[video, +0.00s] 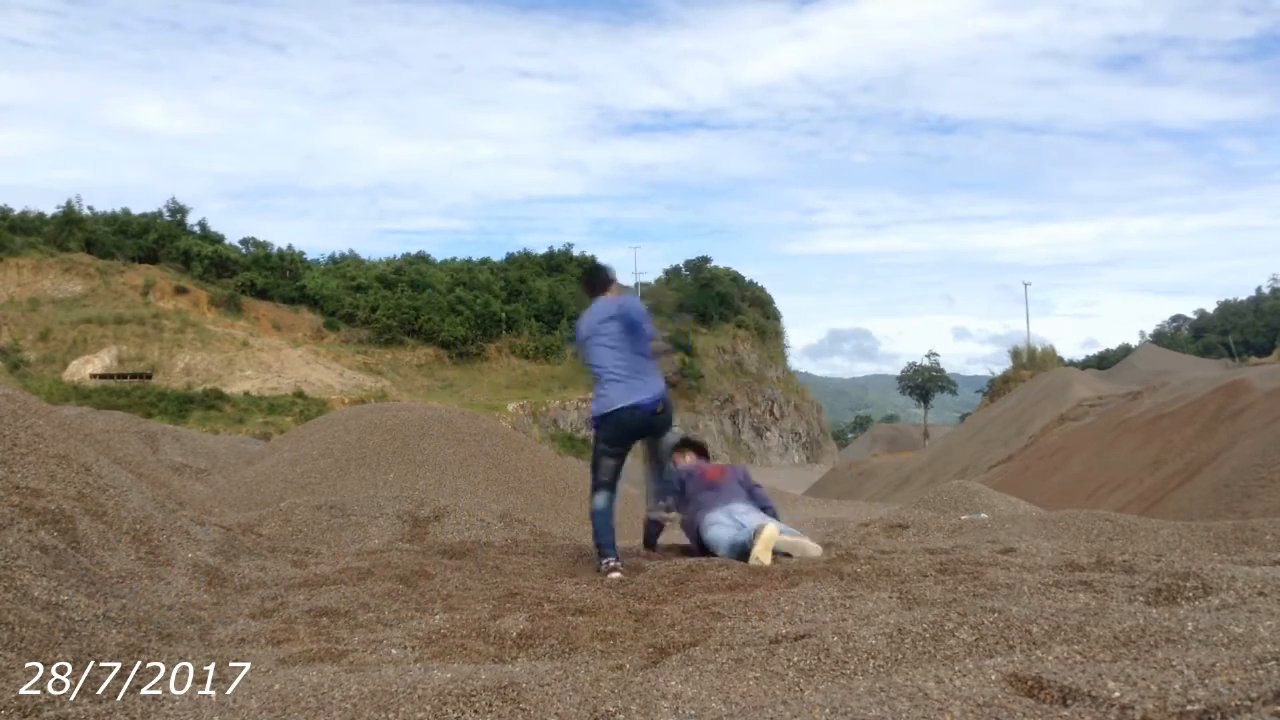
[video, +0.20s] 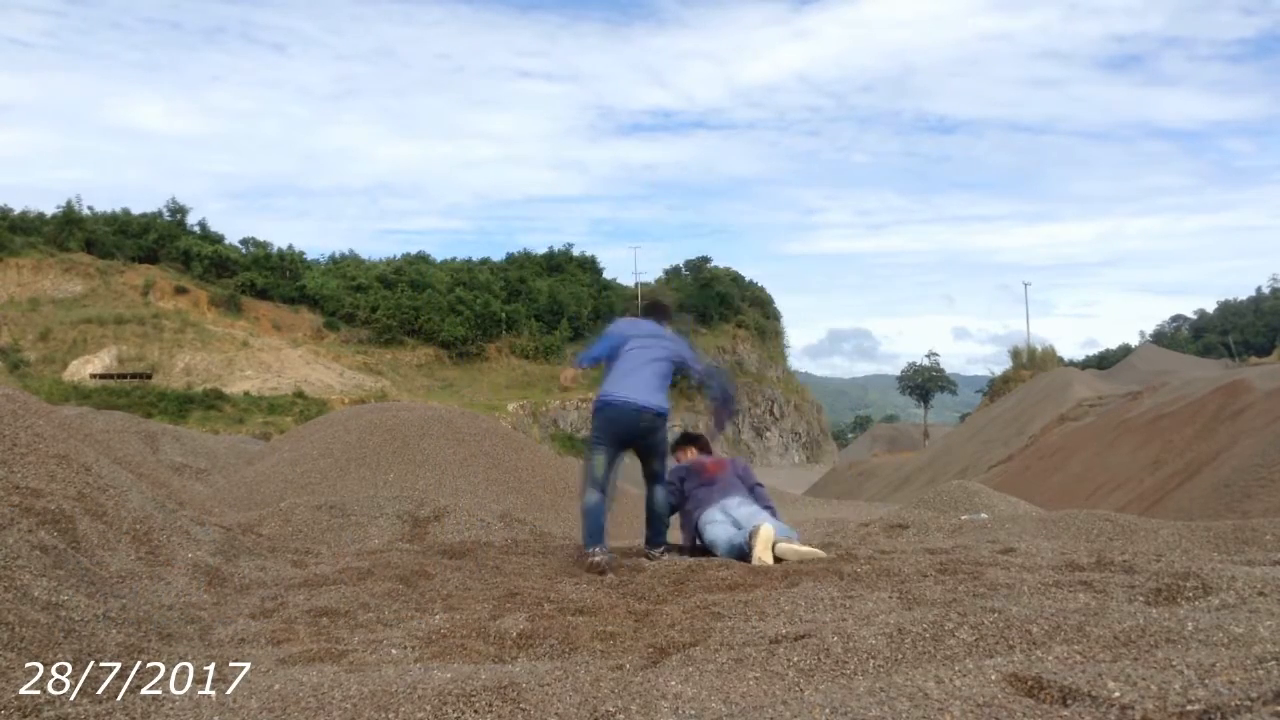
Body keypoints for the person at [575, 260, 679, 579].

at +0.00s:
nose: (618, 289)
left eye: (613, 286)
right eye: (616, 284)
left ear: (588, 291)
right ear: (612, 284)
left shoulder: (583, 323)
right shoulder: (630, 304)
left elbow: (589, 360)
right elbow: (650, 340)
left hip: (613, 412)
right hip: (652, 404)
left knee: (603, 488)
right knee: (659, 445)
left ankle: (608, 557)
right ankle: (661, 505)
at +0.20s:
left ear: (641, 314)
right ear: (666, 321)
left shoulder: (624, 326)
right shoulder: (674, 341)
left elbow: (600, 348)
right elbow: (702, 371)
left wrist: (577, 364)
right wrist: (722, 397)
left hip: (611, 408)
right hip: (651, 414)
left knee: (597, 483)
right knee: (656, 482)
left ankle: (595, 548)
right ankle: (656, 546)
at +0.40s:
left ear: (623, 332)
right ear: (644, 338)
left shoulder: (624, 338)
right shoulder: (658, 361)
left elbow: (617, 333)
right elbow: (677, 414)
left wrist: (614, 345)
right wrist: (689, 465)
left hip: (627, 407)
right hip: (662, 415)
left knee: (590, 469)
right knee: (647, 476)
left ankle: (590, 539)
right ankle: (661, 544)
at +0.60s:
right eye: (659, 329)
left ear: (637, 336)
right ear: (660, 329)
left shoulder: (632, 365)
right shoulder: (669, 338)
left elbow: (624, 414)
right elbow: (694, 311)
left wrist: (628, 453)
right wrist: (714, 310)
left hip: (649, 448)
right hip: (684, 442)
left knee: (608, 510)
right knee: (682, 489)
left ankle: (595, 560)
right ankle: (693, 541)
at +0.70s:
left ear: (662, 388)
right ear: (690, 386)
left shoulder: (660, 408)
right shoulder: (708, 410)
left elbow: (619, 435)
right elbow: (718, 453)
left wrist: (593, 467)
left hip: (674, 489)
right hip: (709, 493)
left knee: (608, 526)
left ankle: (600, 561)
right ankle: (691, 543)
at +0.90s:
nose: (674, 421)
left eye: (674, 417)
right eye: (674, 418)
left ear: (678, 412)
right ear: (699, 410)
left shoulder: (683, 420)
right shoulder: (721, 429)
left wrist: (688, 473)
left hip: (709, 493)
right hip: (734, 505)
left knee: (629, 501)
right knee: (691, 540)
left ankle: (658, 542)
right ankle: (737, 537)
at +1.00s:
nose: (678, 419)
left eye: (680, 412)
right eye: (679, 413)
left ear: (693, 411)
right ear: (708, 409)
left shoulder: (702, 426)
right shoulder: (731, 430)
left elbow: (659, 456)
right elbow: (709, 482)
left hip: (731, 504)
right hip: (759, 511)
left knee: (651, 507)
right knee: (692, 537)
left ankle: (678, 547)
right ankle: (746, 537)